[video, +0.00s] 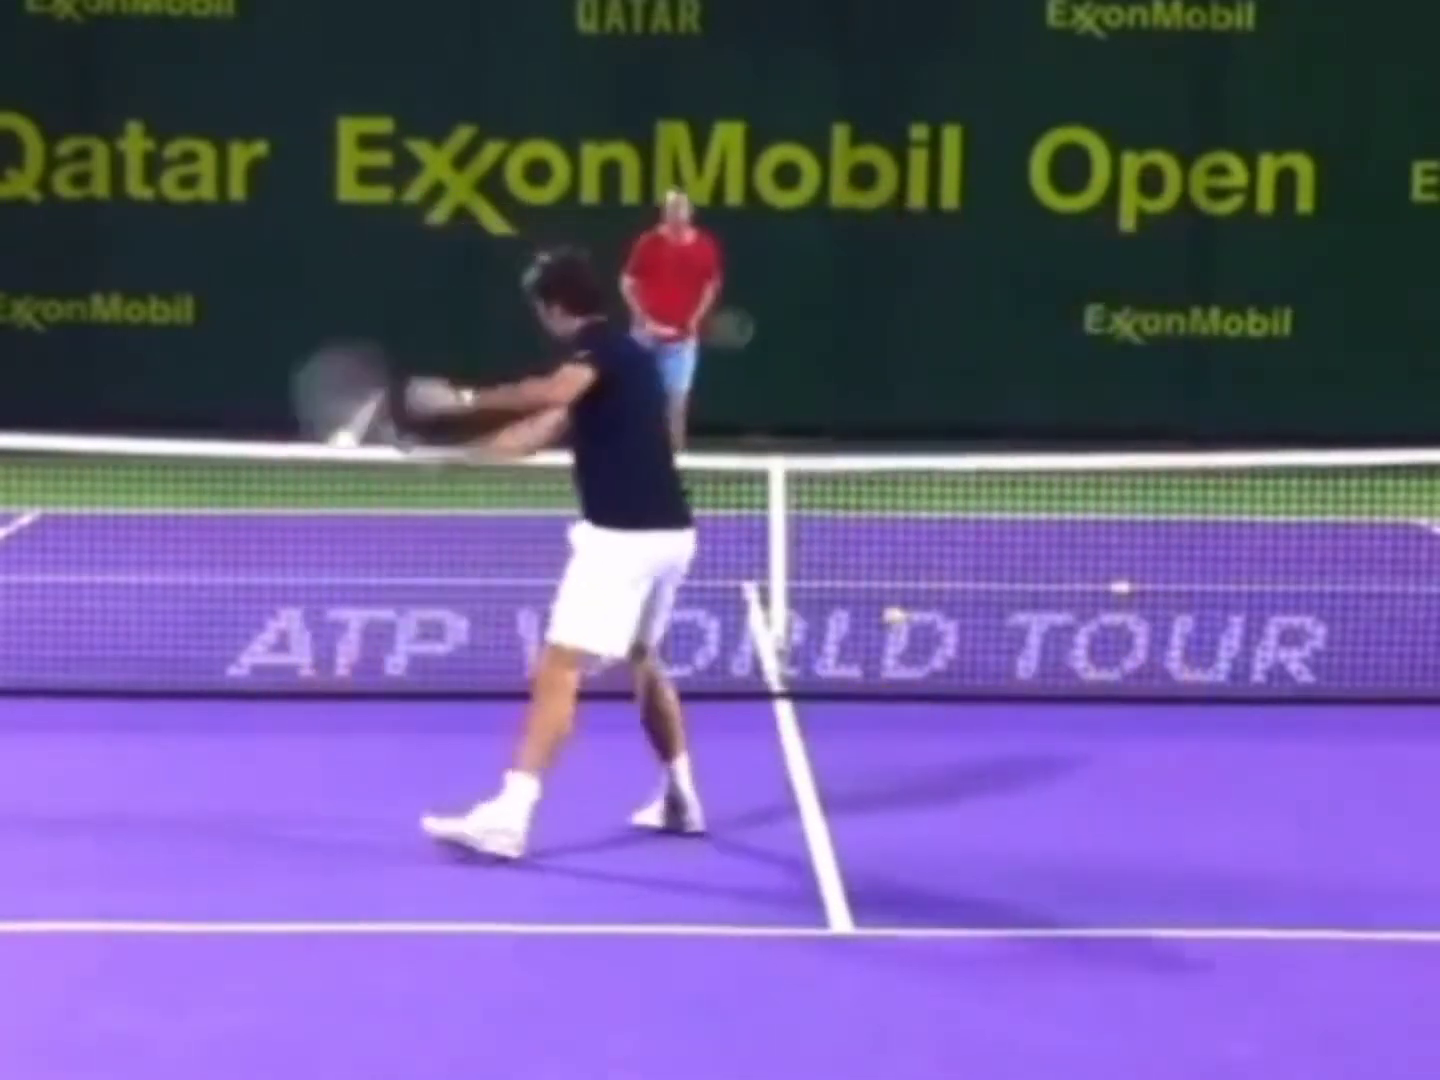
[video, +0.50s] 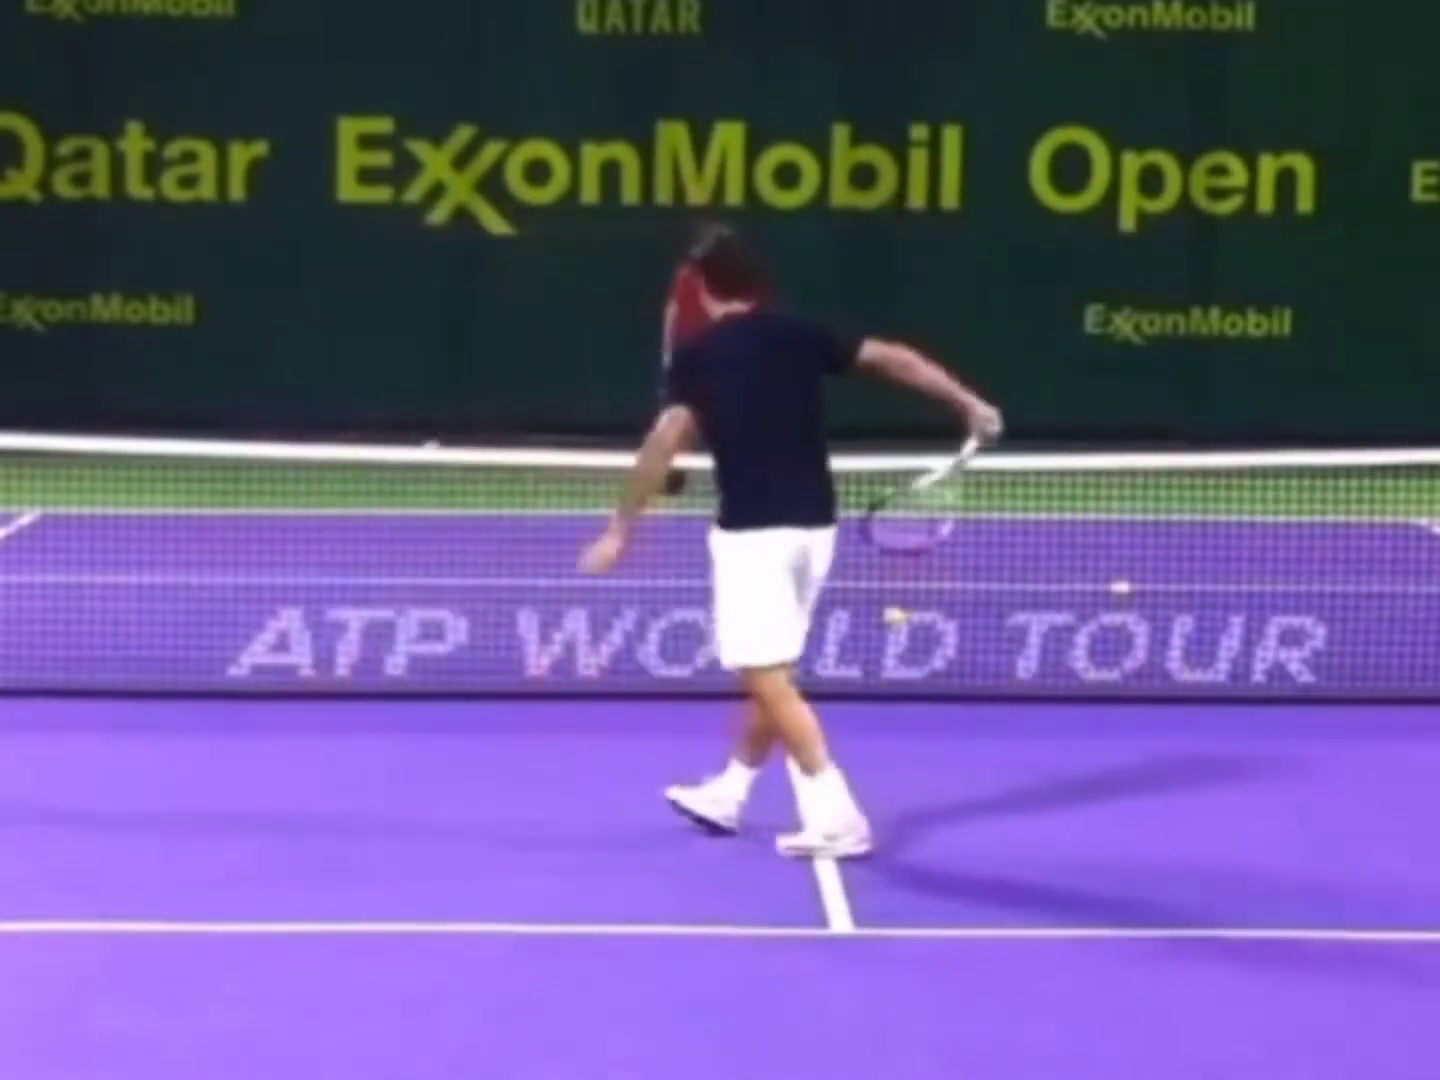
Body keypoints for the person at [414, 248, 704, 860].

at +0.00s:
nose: (541, 318)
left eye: (542, 306)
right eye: (541, 306)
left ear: (558, 304)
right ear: (597, 295)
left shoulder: (595, 350)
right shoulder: (630, 354)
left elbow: (552, 394)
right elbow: (543, 428)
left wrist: (463, 401)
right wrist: (464, 444)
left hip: (618, 535)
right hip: (670, 533)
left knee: (559, 666)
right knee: (645, 663)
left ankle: (512, 810)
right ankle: (681, 793)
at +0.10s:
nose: (567, 325)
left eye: (566, 311)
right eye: (563, 313)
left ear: (589, 300)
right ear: (619, 293)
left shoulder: (629, 338)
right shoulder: (668, 342)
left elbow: (604, 383)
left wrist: (542, 423)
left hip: (648, 521)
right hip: (693, 520)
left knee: (585, 652)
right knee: (661, 653)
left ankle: (589, 801)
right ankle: (682, 789)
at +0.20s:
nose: (588, 308)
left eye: (589, 295)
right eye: (586, 295)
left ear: (610, 288)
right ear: (639, 282)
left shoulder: (647, 334)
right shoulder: (701, 333)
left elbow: (650, 377)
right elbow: (778, 391)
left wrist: (635, 420)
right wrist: (831, 445)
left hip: (669, 515)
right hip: (712, 515)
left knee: (621, 651)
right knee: (668, 653)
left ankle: (693, 777)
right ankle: (691, 780)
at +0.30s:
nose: (627, 299)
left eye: (629, 286)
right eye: (626, 287)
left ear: (648, 283)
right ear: (685, 279)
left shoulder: (668, 333)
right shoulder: (737, 325)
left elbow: (676, 380)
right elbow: (825, 345)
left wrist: (672, 436)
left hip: (691, 519)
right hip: (736, 516)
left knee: (661, 652)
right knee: (696, 657)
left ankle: (774, 769)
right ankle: (684, 790)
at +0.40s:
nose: (664, 300)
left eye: (666, 288)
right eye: (664, 288)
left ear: (681, 285)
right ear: (728, 281)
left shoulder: (686, 339)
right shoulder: (773, 327)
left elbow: (676, 412)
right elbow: (863, 341)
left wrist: (657, 492)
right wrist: (956, 380)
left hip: (719, 521)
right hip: (775, 518)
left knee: (720, 663)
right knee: (740, 662)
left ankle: (823, 797)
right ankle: (693, 792)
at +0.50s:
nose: (694, 298)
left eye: (695, 289)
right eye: (696, 289)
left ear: (704, 290)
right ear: (761, 286)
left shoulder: (702, 354)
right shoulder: (799, 334)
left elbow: (666, 440)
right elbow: (892, 358)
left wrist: (621, 526)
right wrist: (970, 404)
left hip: (752, 533)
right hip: (816, 529)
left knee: (768, 675)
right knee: (772, 670)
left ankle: (834, 815)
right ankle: (729, 792)